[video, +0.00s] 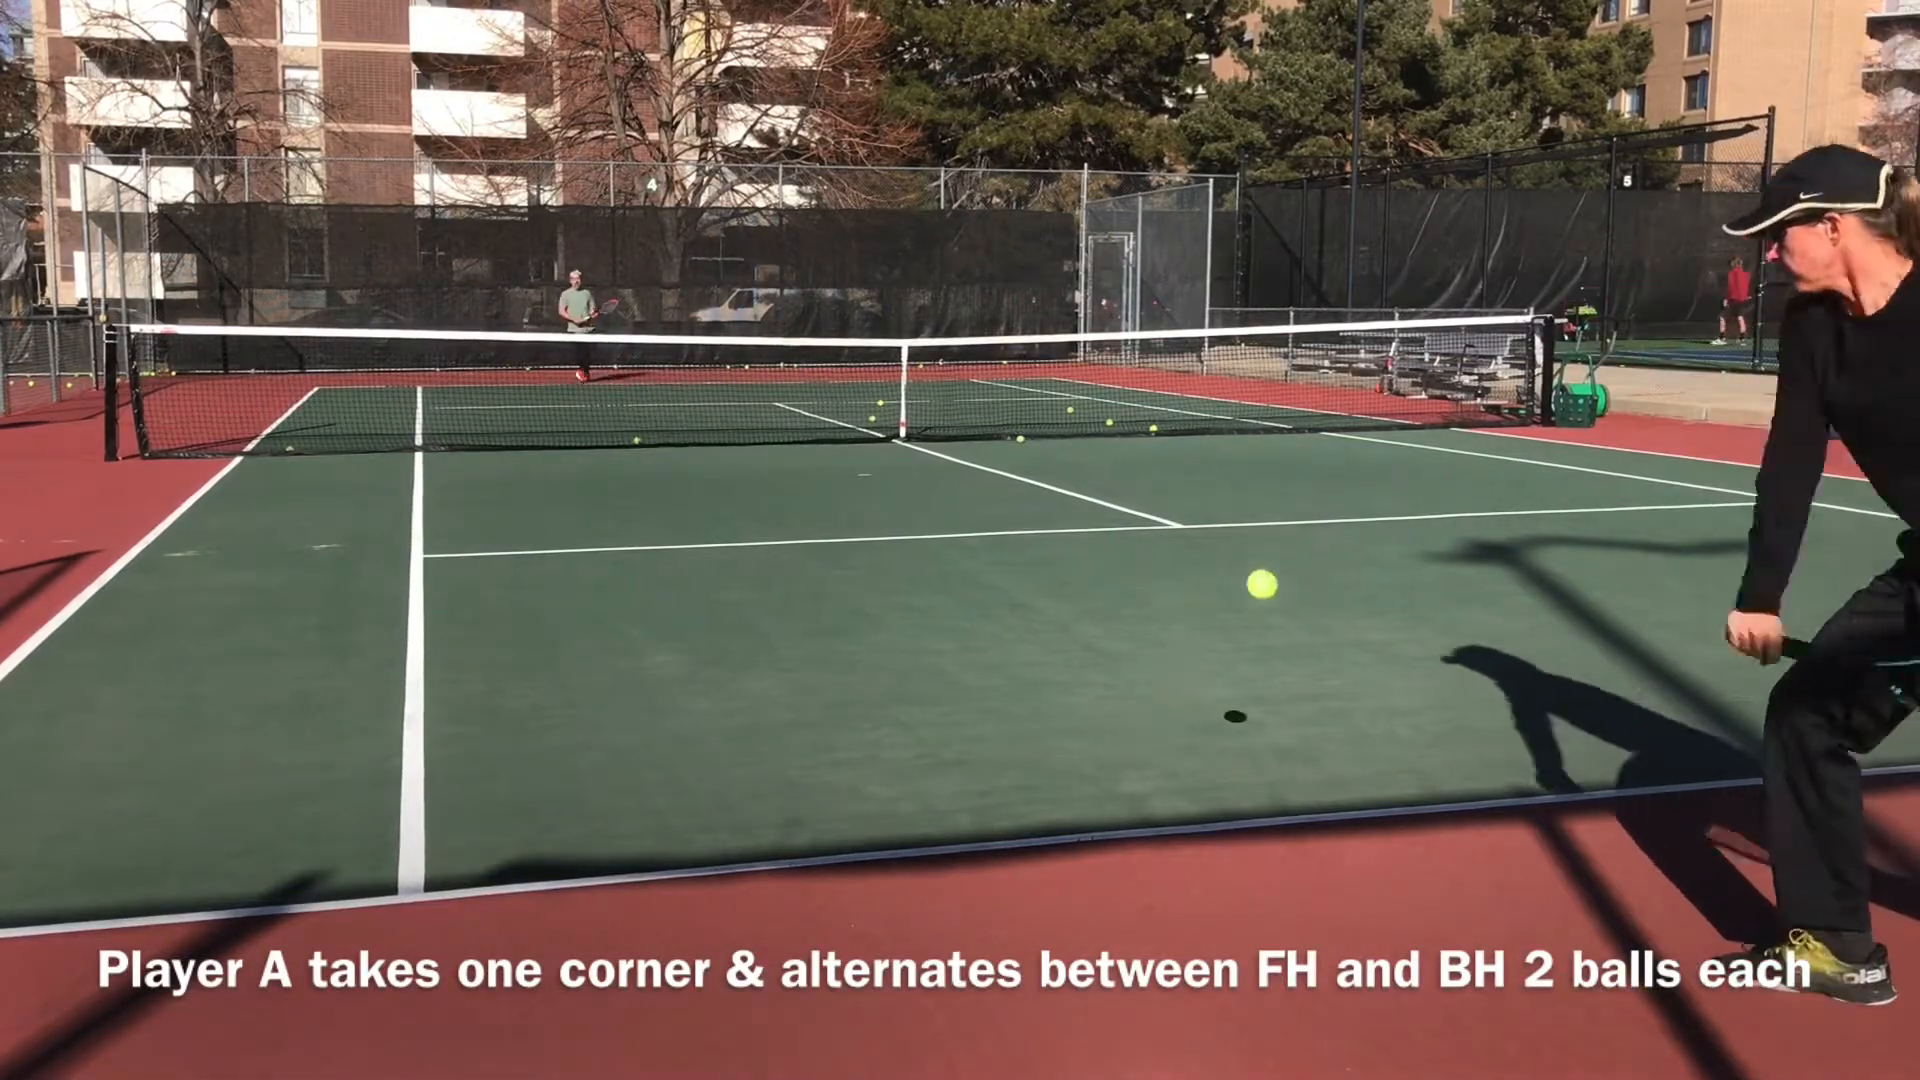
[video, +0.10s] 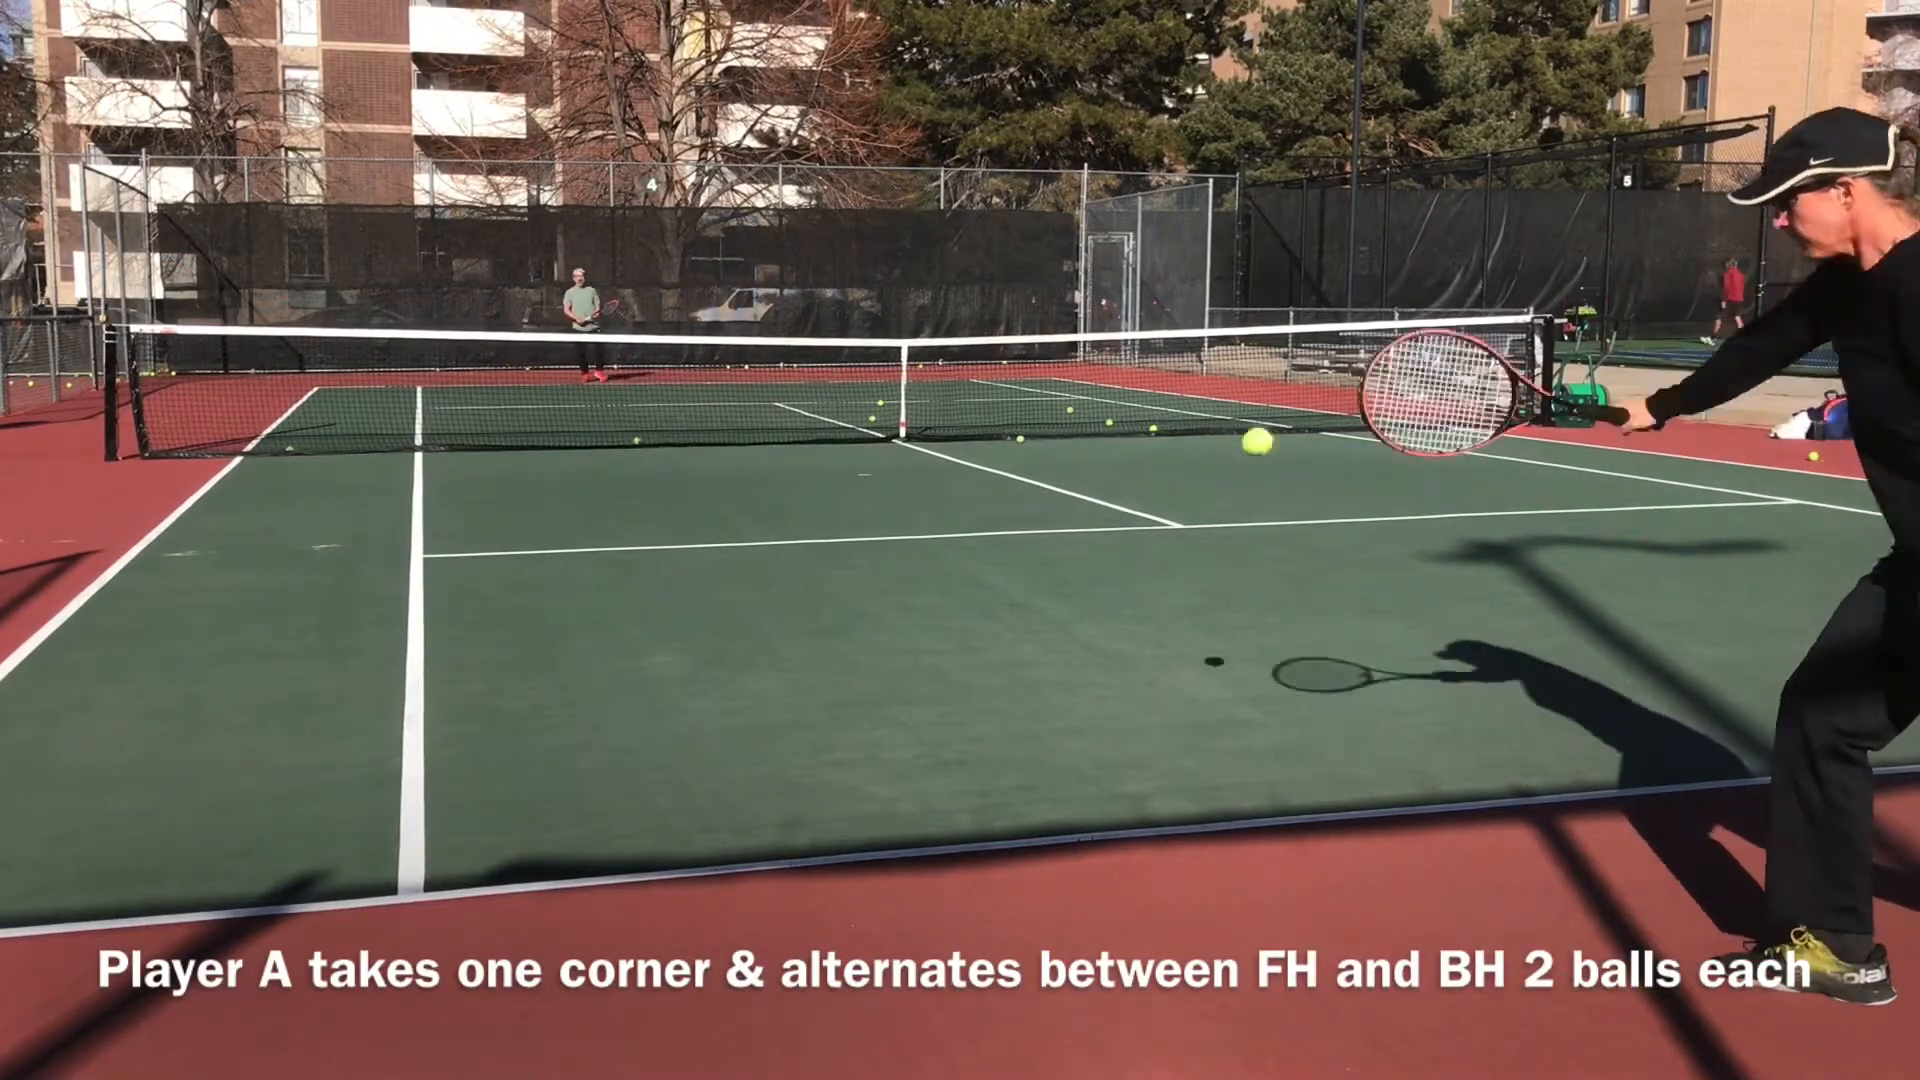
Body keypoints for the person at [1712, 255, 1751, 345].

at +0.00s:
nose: (1732, 267)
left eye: (1731, 265)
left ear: (1732, 264)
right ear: (1741, 264)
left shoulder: (1731, 274)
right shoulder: (1746, 274)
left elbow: (1730, 288)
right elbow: (1748, 286)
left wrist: (1727, 298)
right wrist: (1748, 295)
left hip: (1733, 299)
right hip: (1744, 299)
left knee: (1722, 316)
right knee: (1740, 316)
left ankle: (1722, 336)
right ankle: (1743, 335)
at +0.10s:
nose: (1728, 268)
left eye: (1728, 266)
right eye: (1730, 266)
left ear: (1728, 266)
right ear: (1736, 265)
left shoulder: (1727, 274)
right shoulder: (1741, 275)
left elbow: (1726, 288)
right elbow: (1742, 287)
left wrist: (1724, 299)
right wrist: (1741, 297)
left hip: (1729, 299)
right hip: (1738, 299)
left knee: (1720, 316)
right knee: (1737, 316)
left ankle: (1714, 335)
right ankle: (1743, 333)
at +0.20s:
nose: (1719, 267)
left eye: (1719, 265)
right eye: (1719, 265)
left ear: (1721, 265)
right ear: (1729, 265)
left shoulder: (1720, 274)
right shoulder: (1734, 274)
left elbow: (1721, 288)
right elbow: (1737, 285)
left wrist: (1720, 301)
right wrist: (1737, 297)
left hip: (1724, 300)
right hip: (1734, 300)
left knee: (1714, 318)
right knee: (1732, 317)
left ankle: (1711, 338)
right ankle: (1740, 336)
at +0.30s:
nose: (1714, 266)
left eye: (1715, 265)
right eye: (1715, 265)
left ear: (1716, 265)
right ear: (1723, 265)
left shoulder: (1715, 274)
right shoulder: (1728, 274)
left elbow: (1715, 288)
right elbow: (1729, 287)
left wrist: (1713, 300)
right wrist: (1730, 297)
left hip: (1717, 300)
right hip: (1725, 299)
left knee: (1711, 317)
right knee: (1724, 317)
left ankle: (1710, 338)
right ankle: (1735, 332)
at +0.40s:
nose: (1709, 265)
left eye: (1710, 263)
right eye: (1710, 263)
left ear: (1712, 264)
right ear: (1719, 263)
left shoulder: (1710, 272)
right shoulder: (1723, 273)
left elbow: (1708, 287)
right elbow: (1725, 286)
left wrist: (1705, 299)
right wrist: (1725, 296)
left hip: (1711, 298)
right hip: (1722, 298)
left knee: (1709, 317)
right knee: (1716, 318)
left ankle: (1709, 337)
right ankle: (1727, 331)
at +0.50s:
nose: (1705, 265)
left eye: (1706, 264)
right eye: (1706, 263)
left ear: (1707, 264)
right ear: (1714, 264)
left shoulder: (1705, 273)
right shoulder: (1719, 273)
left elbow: (1701, 286)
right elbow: (1722, 286)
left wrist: (1696, 297)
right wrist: (1720, 297)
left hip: (1706, 297)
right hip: (1715, 297)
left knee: (1706, 315)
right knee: (1711, 315)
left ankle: (1708, 337)